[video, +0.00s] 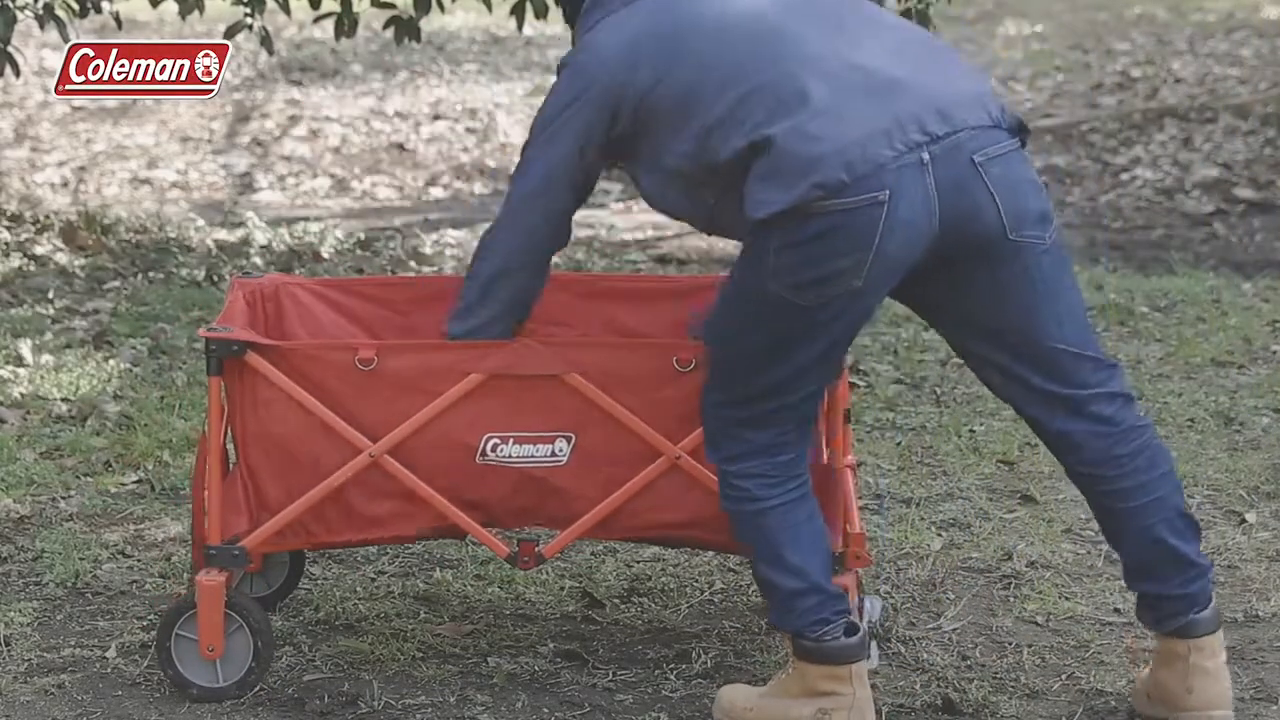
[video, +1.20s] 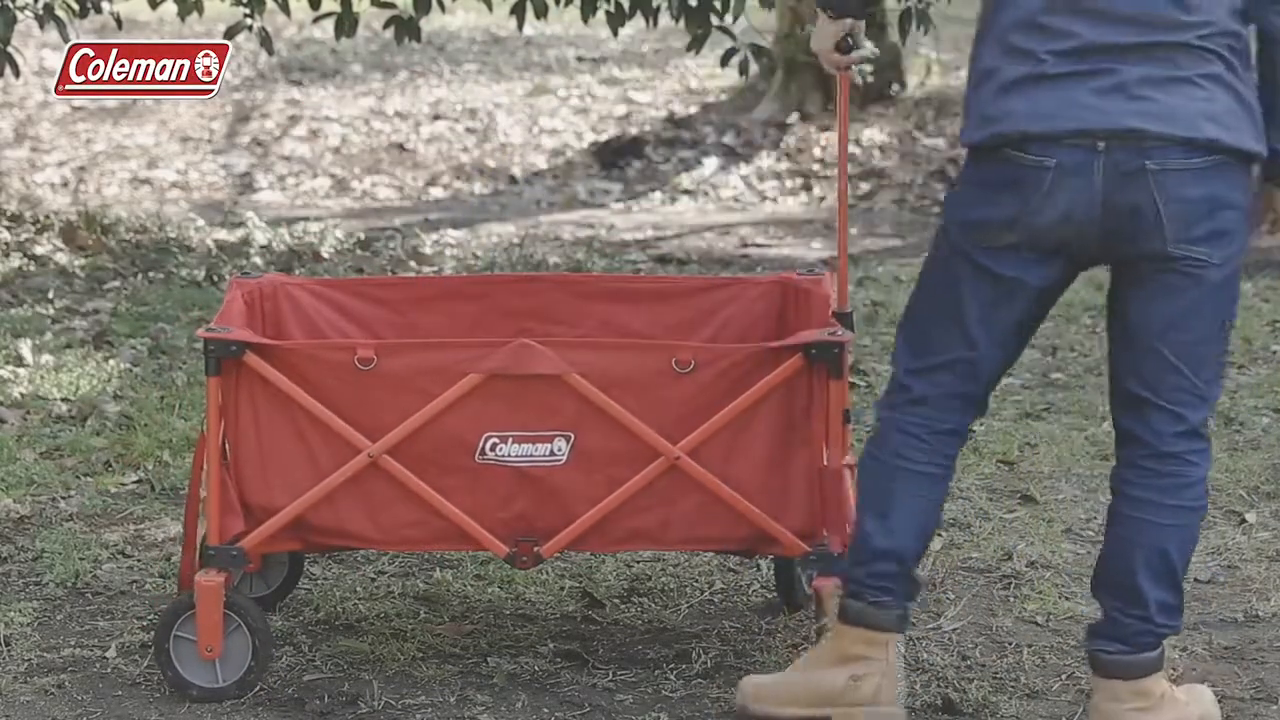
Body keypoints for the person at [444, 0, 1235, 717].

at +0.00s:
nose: (563, 44)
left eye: (563, 32)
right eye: (562, 32)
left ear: (585, 18)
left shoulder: (603, 54)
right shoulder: (789, 12)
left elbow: (517, 244)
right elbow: (838, 170)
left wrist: (457, 369)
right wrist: (734, 319)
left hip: (837, 201)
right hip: (984, 160)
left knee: (755, 443)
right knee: (1092, 403)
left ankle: (826, 668)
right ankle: (1192, 647)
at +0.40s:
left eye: (574, 42)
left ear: (607, 12)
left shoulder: (608, 32)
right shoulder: (815, 5)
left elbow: (543, 221)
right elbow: (859, 147)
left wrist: (498, 358)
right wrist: (791, 317)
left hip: (839, 197)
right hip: (989, 162)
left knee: (757, 430)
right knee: (1090, 406)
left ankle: (824, 670)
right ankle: (1203, 660)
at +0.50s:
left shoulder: (618, 7)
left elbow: (585, 167)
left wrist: (578, 293)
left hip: (846, 175)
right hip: (995, 140)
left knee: (777, 426)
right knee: (1086, 393)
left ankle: (828, 670)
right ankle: (1192, 660)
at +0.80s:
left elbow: (743, 30)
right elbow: (1046, 14)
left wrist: (768, 163)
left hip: (876, 145)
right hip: (1031, 131)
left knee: (835, 419)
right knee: (1091, 411)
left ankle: (830, 670)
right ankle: (1142, 673)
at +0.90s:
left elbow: (783, 10)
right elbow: (1113, 30)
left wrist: (778, 113)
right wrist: (1118, 182)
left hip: (905, 151)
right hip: (1066, 149)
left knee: (852, 423)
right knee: (1097, 423)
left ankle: (831, 671)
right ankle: (1123, 679)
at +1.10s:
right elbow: (1242, 15)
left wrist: (805, 15)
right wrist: (1236, 166)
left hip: (989, 145)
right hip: (1154, 152)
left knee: (906, 412)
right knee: (1145, 433)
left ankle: (831, 657)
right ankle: (1128, 679)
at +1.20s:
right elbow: (1275, 22)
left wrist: (841, 6)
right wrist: (1274, 154)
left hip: (1032, 143)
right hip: (1199, 152)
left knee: (928, 401)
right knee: (1165, 432)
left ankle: (860, 647)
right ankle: (1129, 681)